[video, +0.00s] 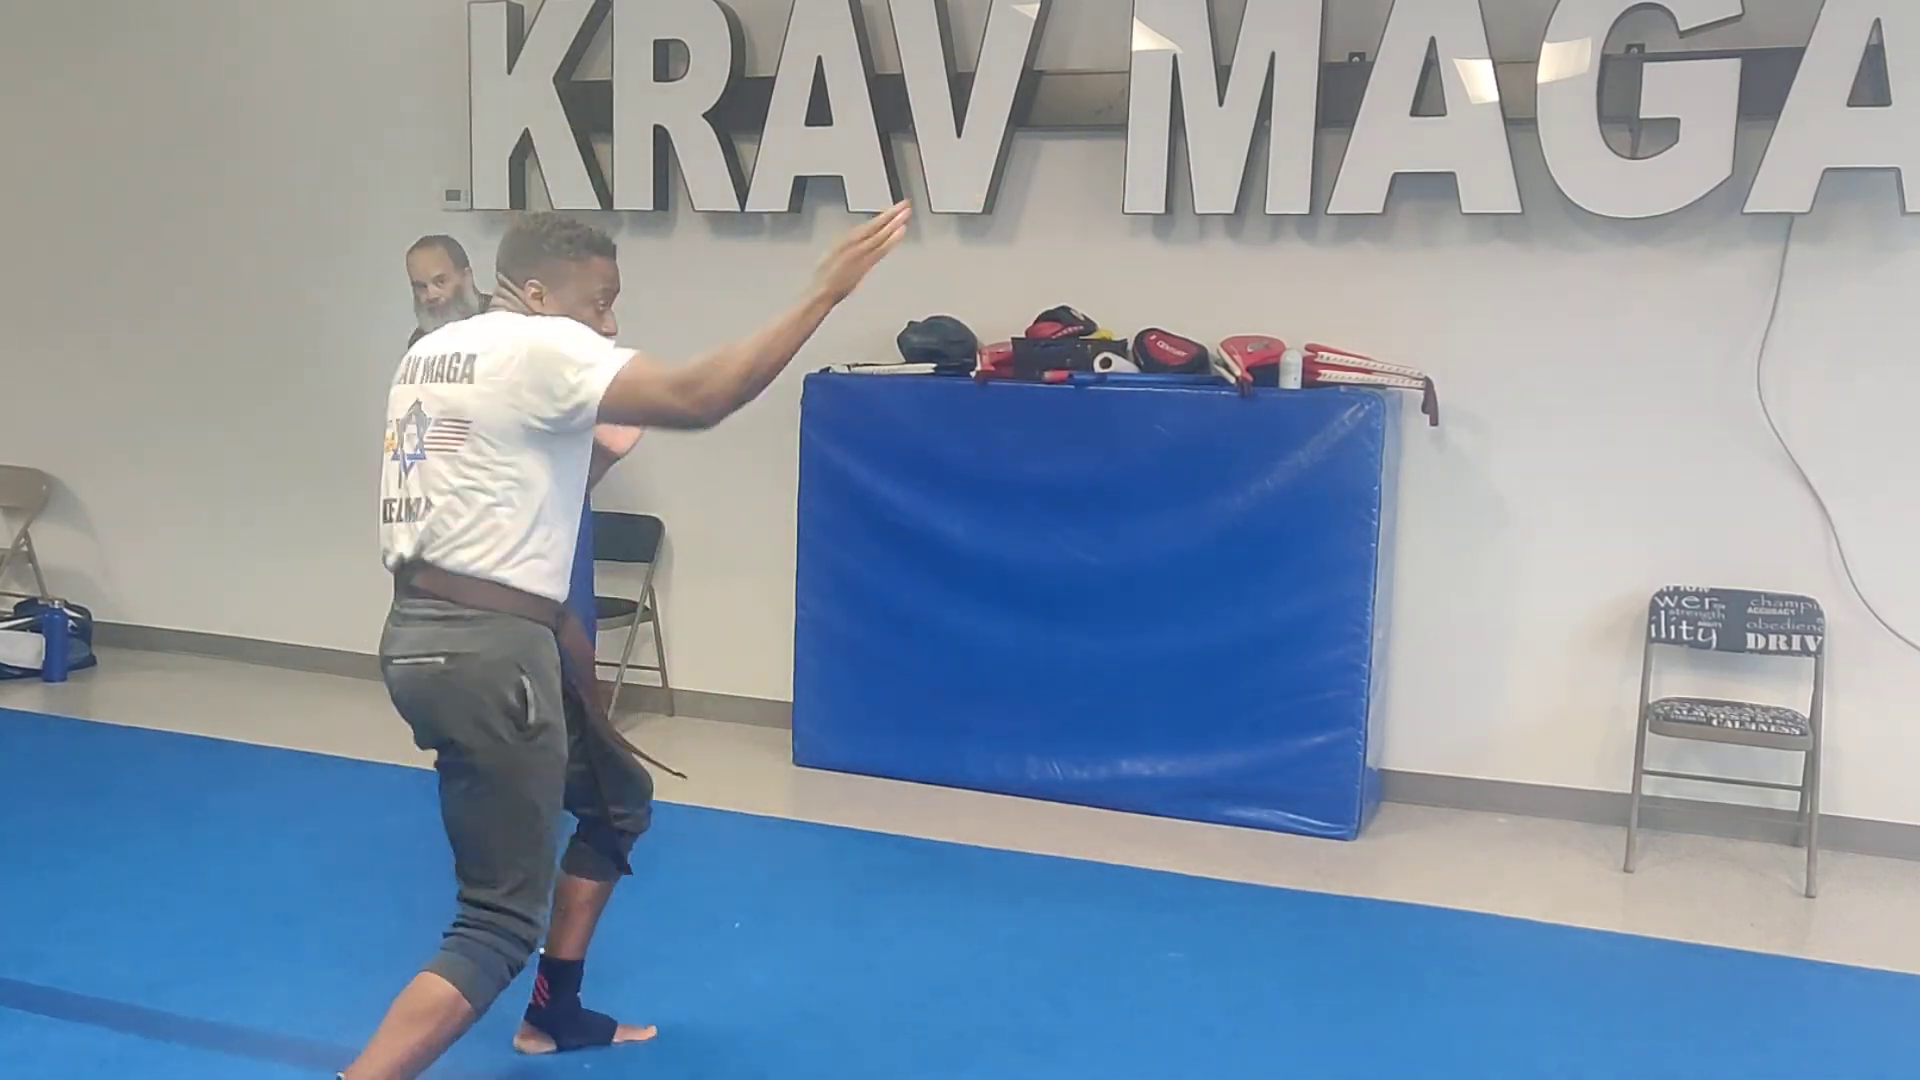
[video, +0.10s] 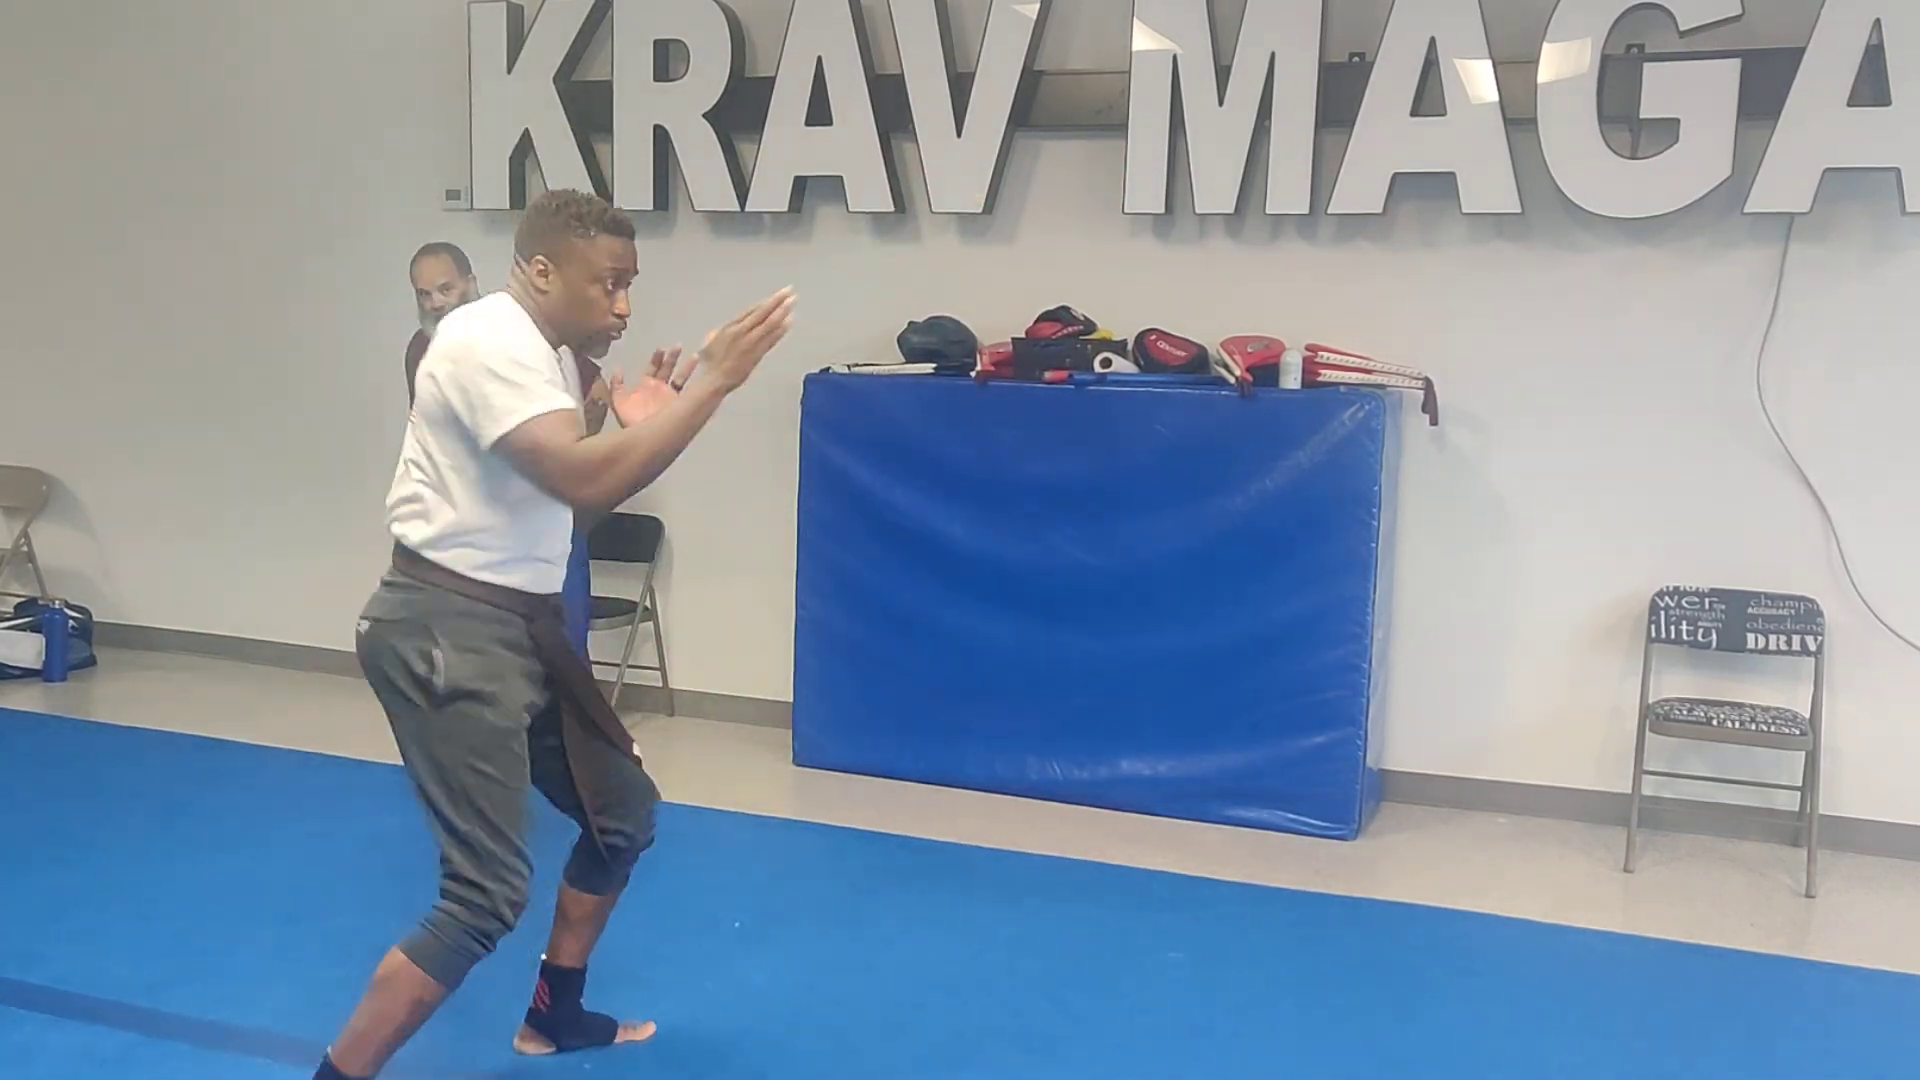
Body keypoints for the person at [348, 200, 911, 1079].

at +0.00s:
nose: (610, 324)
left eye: (611, 305)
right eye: (597, 303)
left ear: (519, 297)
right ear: (529, 293)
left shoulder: (427, 355)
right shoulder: (540, 353)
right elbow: (700, 394)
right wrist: (824, 294)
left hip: (418, 636)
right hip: (497, 645)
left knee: (616, 796)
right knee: (500, 920)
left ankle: (556, 1006)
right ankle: (364, 1074)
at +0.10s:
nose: (625, 302)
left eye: (629, 284)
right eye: (610, 282)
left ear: (553, 281)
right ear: (539, 275)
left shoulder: (550, 354)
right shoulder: (485, 339)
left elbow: (586, 484)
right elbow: (587, 479)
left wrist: (638, 417)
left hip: (518, 629)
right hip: (446, 626)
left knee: (622, 812)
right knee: (486, 892)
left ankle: (556, 1012)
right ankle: (340, 1072)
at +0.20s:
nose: (604, 307)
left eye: (613, 285)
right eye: (589, 282)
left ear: (615, 280)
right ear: (521, 268)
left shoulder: (589, 359)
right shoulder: (431, 344)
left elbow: (631, 500)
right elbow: (479, 510)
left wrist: (668, 419)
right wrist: (621, 420)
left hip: (549, 618)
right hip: (437, 620)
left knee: (665, 818)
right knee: (442, 892)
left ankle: (579, 968)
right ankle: (311, 1063)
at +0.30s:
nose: (574, 330)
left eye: (588, 311)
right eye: (556, 307)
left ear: (602, 304)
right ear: (501, 286)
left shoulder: (618, 360)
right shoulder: (407, 364)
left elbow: (735, 469)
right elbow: (410, 529)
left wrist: (740, 379)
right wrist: (541, 459)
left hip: (559, 641)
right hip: (428, 639)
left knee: (698, 834)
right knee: (417, 901)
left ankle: (704, 988)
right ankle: (301, 1069)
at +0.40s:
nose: (604, 336)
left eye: (615, 316)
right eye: (584, 317)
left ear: (627, 305)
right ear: (526, 299)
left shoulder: (649, 350)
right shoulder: (443, 377)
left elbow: (785, 390)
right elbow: (406, 534)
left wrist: (866, 357)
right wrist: (519, 471)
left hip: (578, 643)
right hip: (458, 635)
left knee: (716, 834)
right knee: (425, 899)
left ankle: (723, 999)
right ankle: (304, 1069)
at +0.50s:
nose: (657, 313)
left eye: (665, 297)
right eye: (640, 297)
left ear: (667, 289)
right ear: (577, 289)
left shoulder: (665, 341)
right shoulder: (496, 354)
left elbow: (757, 444)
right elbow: (560, 494)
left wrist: (802, 396)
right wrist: (649, 387)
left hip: (597, 617)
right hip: (490, 618)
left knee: (721, 813)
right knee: (449, 892)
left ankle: (722, 997)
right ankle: (299, 1049)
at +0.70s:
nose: (687, 329)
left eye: (695, 313)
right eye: (674, 307)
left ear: (695, 307)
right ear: (611, 291)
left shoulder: (642, 390)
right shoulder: (560, 348)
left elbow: (691, 500)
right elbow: (710, 405)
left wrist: (761, 436)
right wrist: (844, 323)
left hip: (619, 633)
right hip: (522, 632)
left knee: (747, 803)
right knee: (454, 892)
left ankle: (725, 997)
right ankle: (283, 1041)